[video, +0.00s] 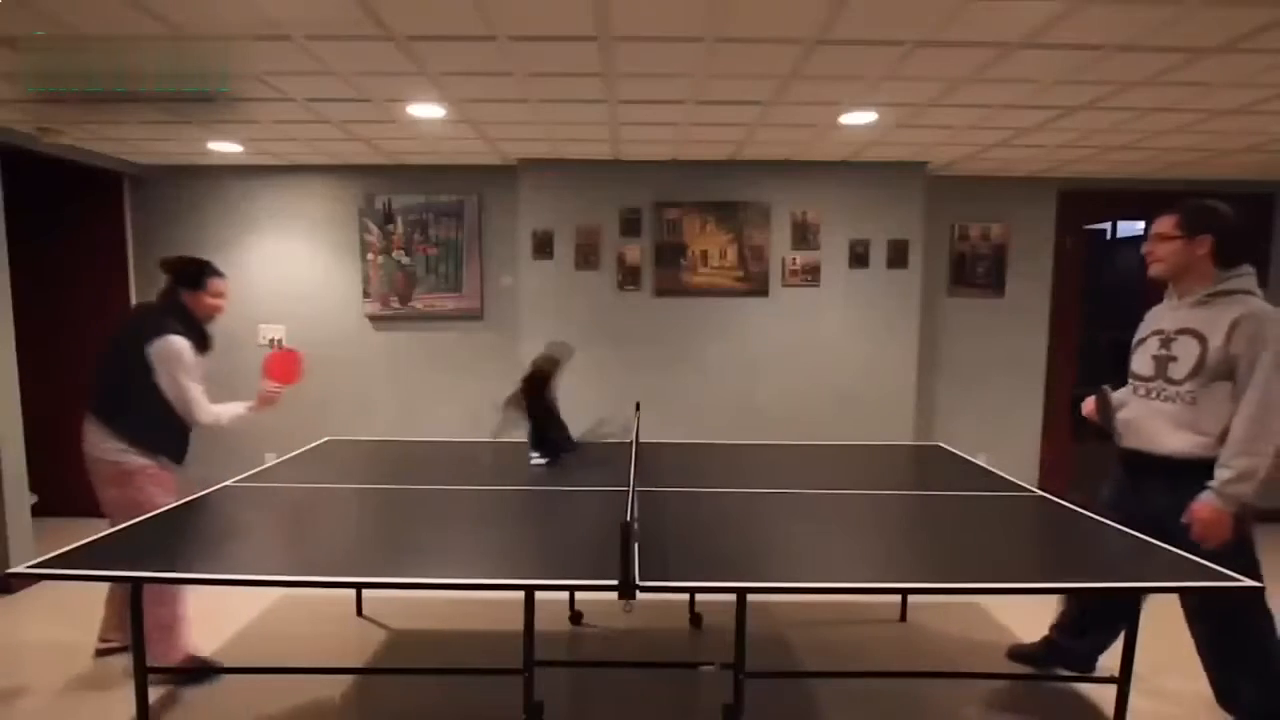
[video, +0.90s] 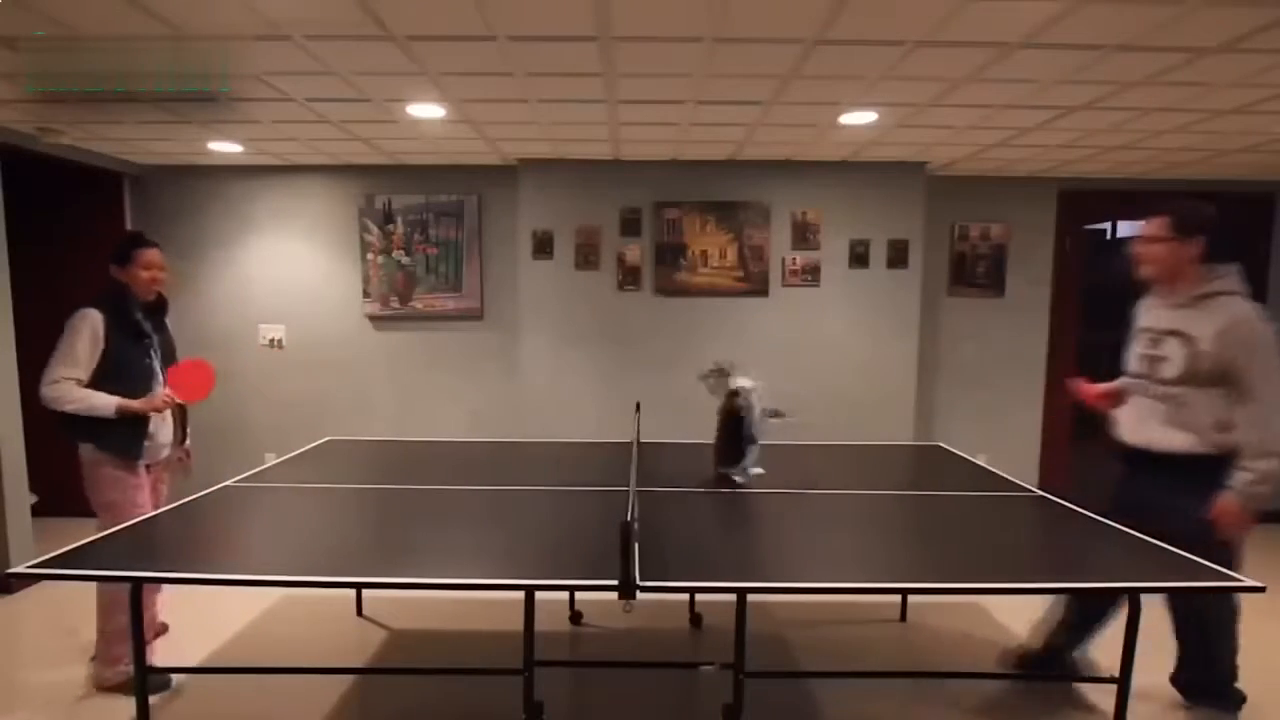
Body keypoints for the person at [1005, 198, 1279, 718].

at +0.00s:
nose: (1149, 249)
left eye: (1161, 239)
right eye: (1149, 240)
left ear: (1201, 247)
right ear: (1182, 249)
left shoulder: (1254, 319)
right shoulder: (1156, 315)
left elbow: (1261, 418)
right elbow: (1151, 391)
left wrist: (1225, 495)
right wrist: (1109, 403)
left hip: (1199, 482)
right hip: (1138, 472)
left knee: (1230, 615)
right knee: (1105, 568)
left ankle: (1260, 705)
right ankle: (1069, 649)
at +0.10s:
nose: (1127, 262)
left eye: (1138, 251)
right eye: (1127, 251)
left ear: (1179, 256)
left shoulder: (1232, 323)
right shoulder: (1141, 322)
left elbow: (1250, 420)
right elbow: (1136, 393)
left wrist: (1204, 499)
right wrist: (1091, 405)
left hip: (1188, 485)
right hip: (1126, 476)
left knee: (1217, 617)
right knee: (1073, 553)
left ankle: (1260, 704)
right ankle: (1049, 646)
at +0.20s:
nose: (1082, 276)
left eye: (1093, 264)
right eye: (1081, 266)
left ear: (1130, 265)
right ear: (1086, 273)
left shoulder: (1183, 327)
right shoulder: (1100, 330)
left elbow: (1209, 425)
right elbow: (1100, 398)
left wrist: (1167, 497)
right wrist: (1055, 413)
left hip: (1160, 485)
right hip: (1099, 480)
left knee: (1194, 607)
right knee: (1055, 567)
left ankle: (1257, 705)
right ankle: (1020, 653)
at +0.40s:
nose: (1016, 283)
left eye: (1023, 272)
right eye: (1013, 274)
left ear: (1059, 269)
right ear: (1053, 272)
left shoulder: (1121, 324)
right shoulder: (1039, 320)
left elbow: (1155, 403)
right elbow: (1037, 380)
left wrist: (1131, 479)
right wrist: (1008, 407)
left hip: (1103, 470)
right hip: (1050, 463)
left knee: (1126, 583)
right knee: (1025, 554)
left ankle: (1187, 688)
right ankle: (1022, 648)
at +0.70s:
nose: (1078, 256)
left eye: (1089, 246)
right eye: (1075, 248)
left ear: (1122, 250)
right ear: (1072, 257)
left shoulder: (1166, 314)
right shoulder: (1064, 313)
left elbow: (1197, 404)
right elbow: (1033, 358)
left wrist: (1174, 476)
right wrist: (991, 361)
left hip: (1132, 468)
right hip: (1062, 462)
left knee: (1145, 586)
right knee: (1036, 558)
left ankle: (1210, 691)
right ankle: (1021, 648)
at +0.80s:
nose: (1111, 253)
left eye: (1123, 242)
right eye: (1109, 244)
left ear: (1158, 248)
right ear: (1106, 253)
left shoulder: (1206, 314)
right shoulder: (1109, 308)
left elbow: (1232, 406)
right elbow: (1106, 382)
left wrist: (1210, 481)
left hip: (1169, 470)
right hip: (1103, 461)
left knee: (1180, 588)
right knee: (1064, 557)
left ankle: (1211, 695)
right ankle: (1023, 651)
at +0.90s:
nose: (1139, 253)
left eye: (1151, 243)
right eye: (1139, 242)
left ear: (1190, 249)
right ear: (1143, 250)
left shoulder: (1238, 318)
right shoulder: (1149, 307)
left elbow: (1266, 415)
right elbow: (1150, 380)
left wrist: (1243, 492)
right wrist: (1109, 393)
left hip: (1200, 475)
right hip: (1140, 467)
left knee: (1202, 595)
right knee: (1103, 568)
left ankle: (1212, 698)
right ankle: (1052, 656)